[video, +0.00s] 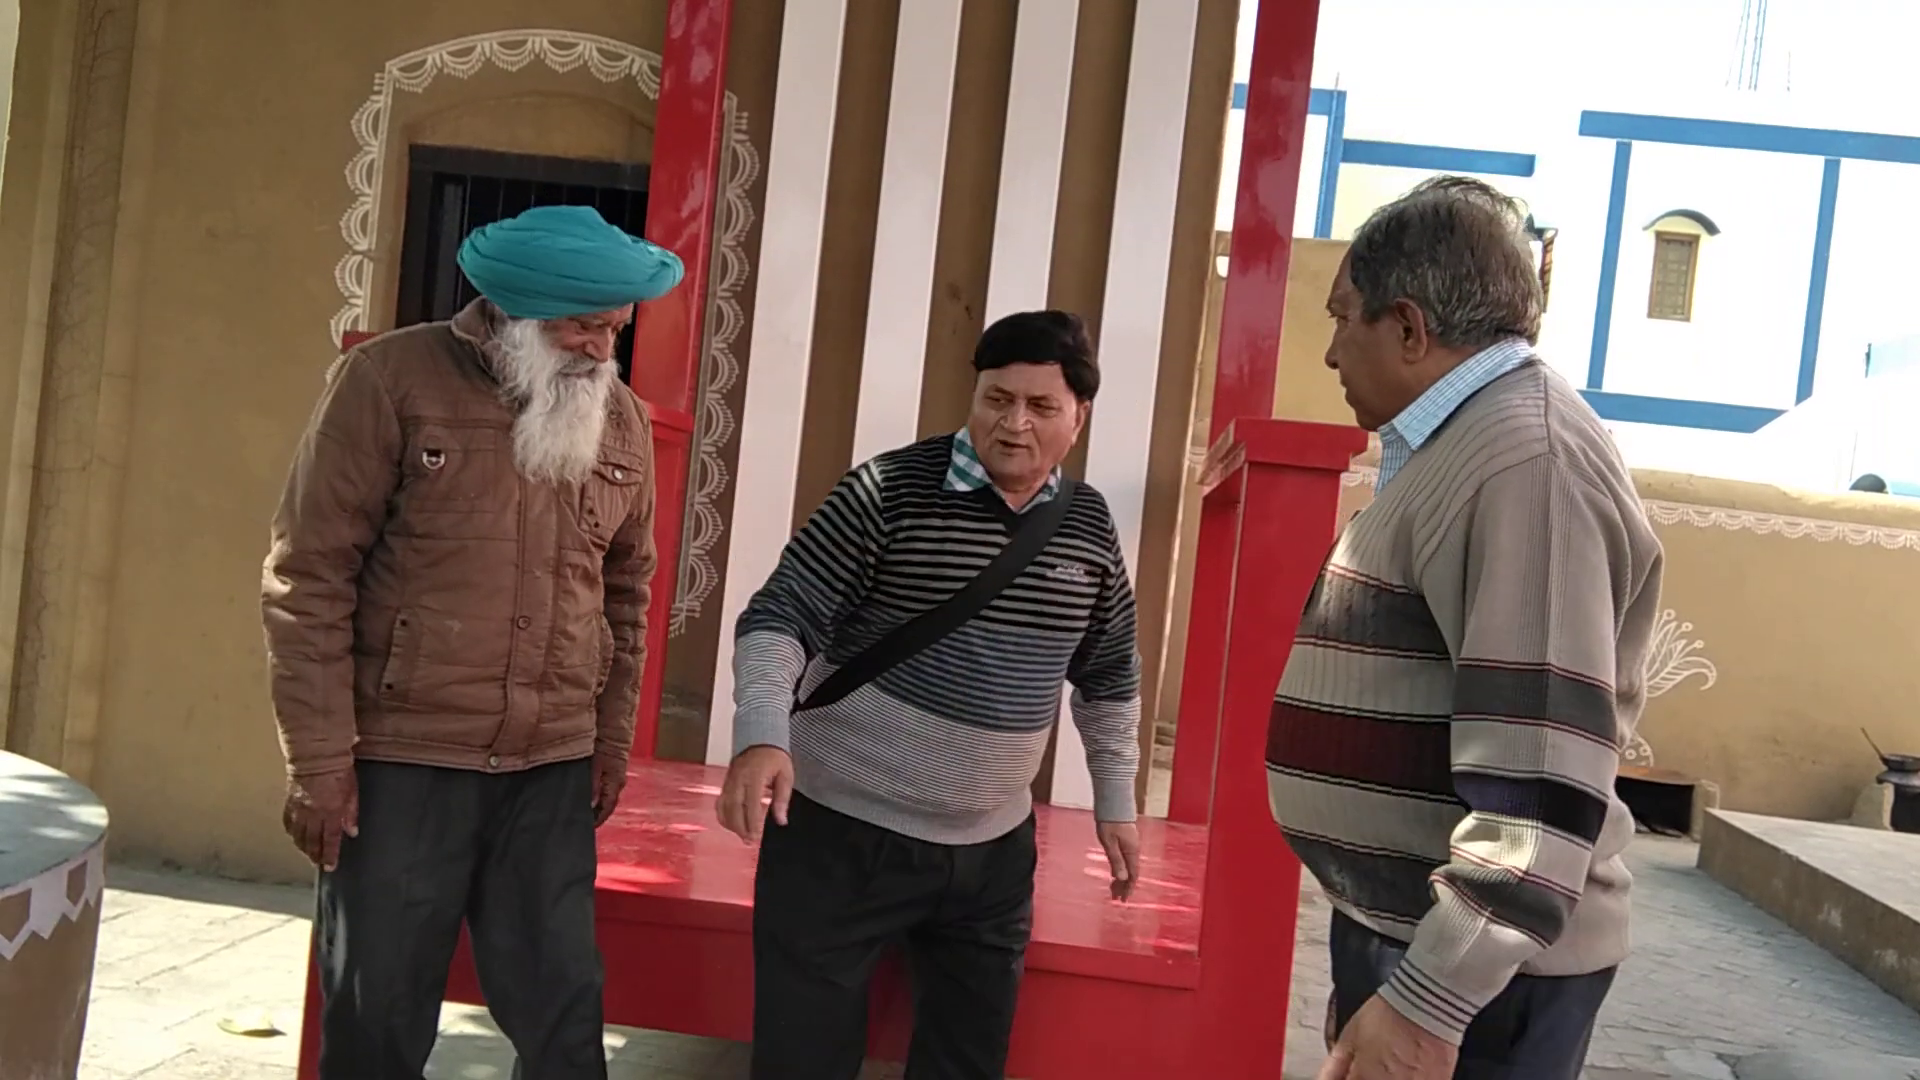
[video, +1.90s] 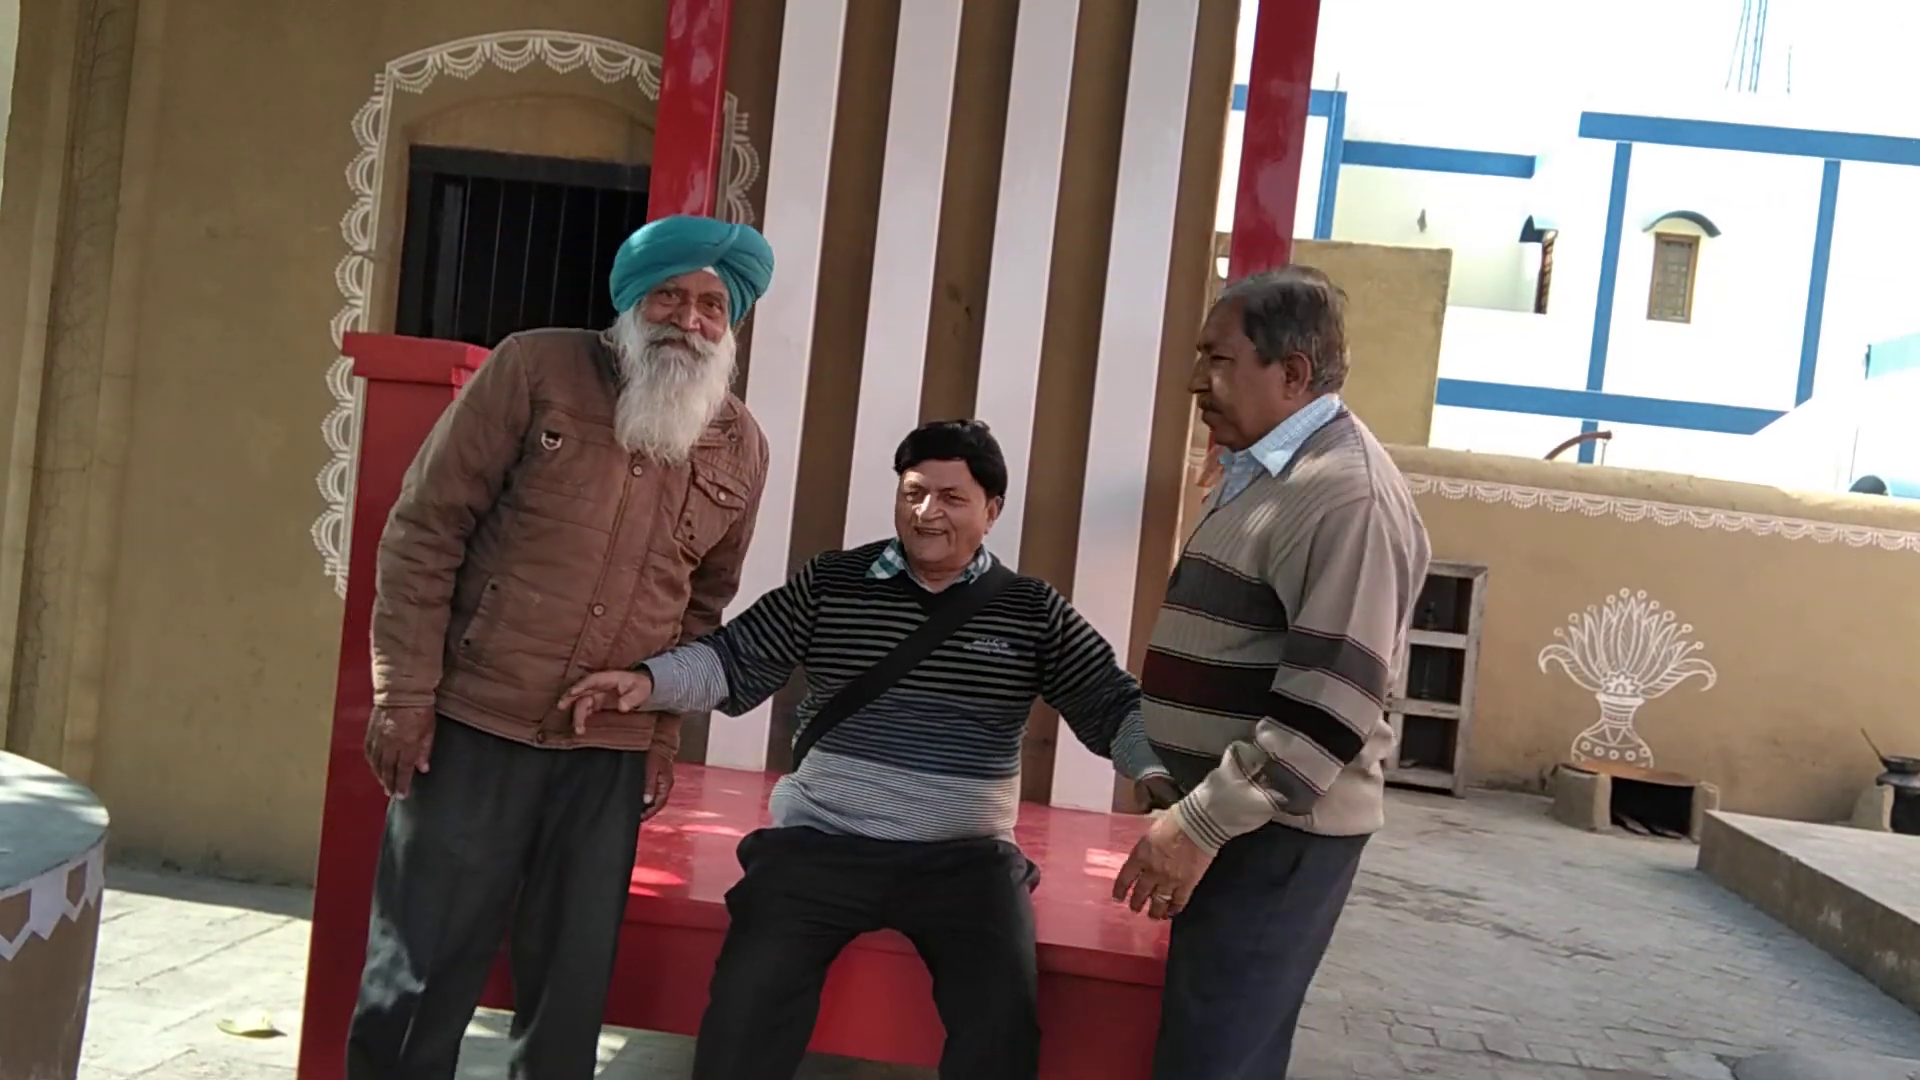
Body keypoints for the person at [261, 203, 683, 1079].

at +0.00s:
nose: (600, 341)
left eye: (612, 322)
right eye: (581, 320)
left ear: (620, 319)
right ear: (515, 310)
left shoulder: (622, 419)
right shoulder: (390, 379)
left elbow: (626, 596)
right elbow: (308, 573)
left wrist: (610, 741)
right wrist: (322, 762)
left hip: (548, 787)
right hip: (404, 781)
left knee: (566, 1037)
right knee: (376, 1044)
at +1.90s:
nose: (692, 317)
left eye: (715, 303)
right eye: (672, 295)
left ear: (733, 326)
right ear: (629, 301)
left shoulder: (740, 446)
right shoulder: (534, 370)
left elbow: (707, 601)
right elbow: (426, 527)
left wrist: (668, 730)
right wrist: (404, 689)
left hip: (610, 762)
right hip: (474, 739)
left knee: (567, 1019)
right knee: (413, 999)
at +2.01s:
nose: (696, 318)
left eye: (720, 304)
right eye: (677, 296)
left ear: (739, 328)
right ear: (635, 303)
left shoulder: (743, 444)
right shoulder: (539, 370)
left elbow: (709, 600)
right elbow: (432, 525)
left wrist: (668, 729)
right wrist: (411, 686)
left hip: (612, 760)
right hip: (476, 737)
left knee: (568, 1016)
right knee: (415, 995)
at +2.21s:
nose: (681, 313)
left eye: (704, 300)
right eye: (664, 290)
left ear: (725, 322)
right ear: (622, 297)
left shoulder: (731, 446)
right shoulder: (527, 369)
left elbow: (703, 599)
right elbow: (423, 527)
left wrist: (664, 732)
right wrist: (413, 697)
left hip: (610, 757)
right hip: (477, 738)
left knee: (570, 1012)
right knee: (433, 993)